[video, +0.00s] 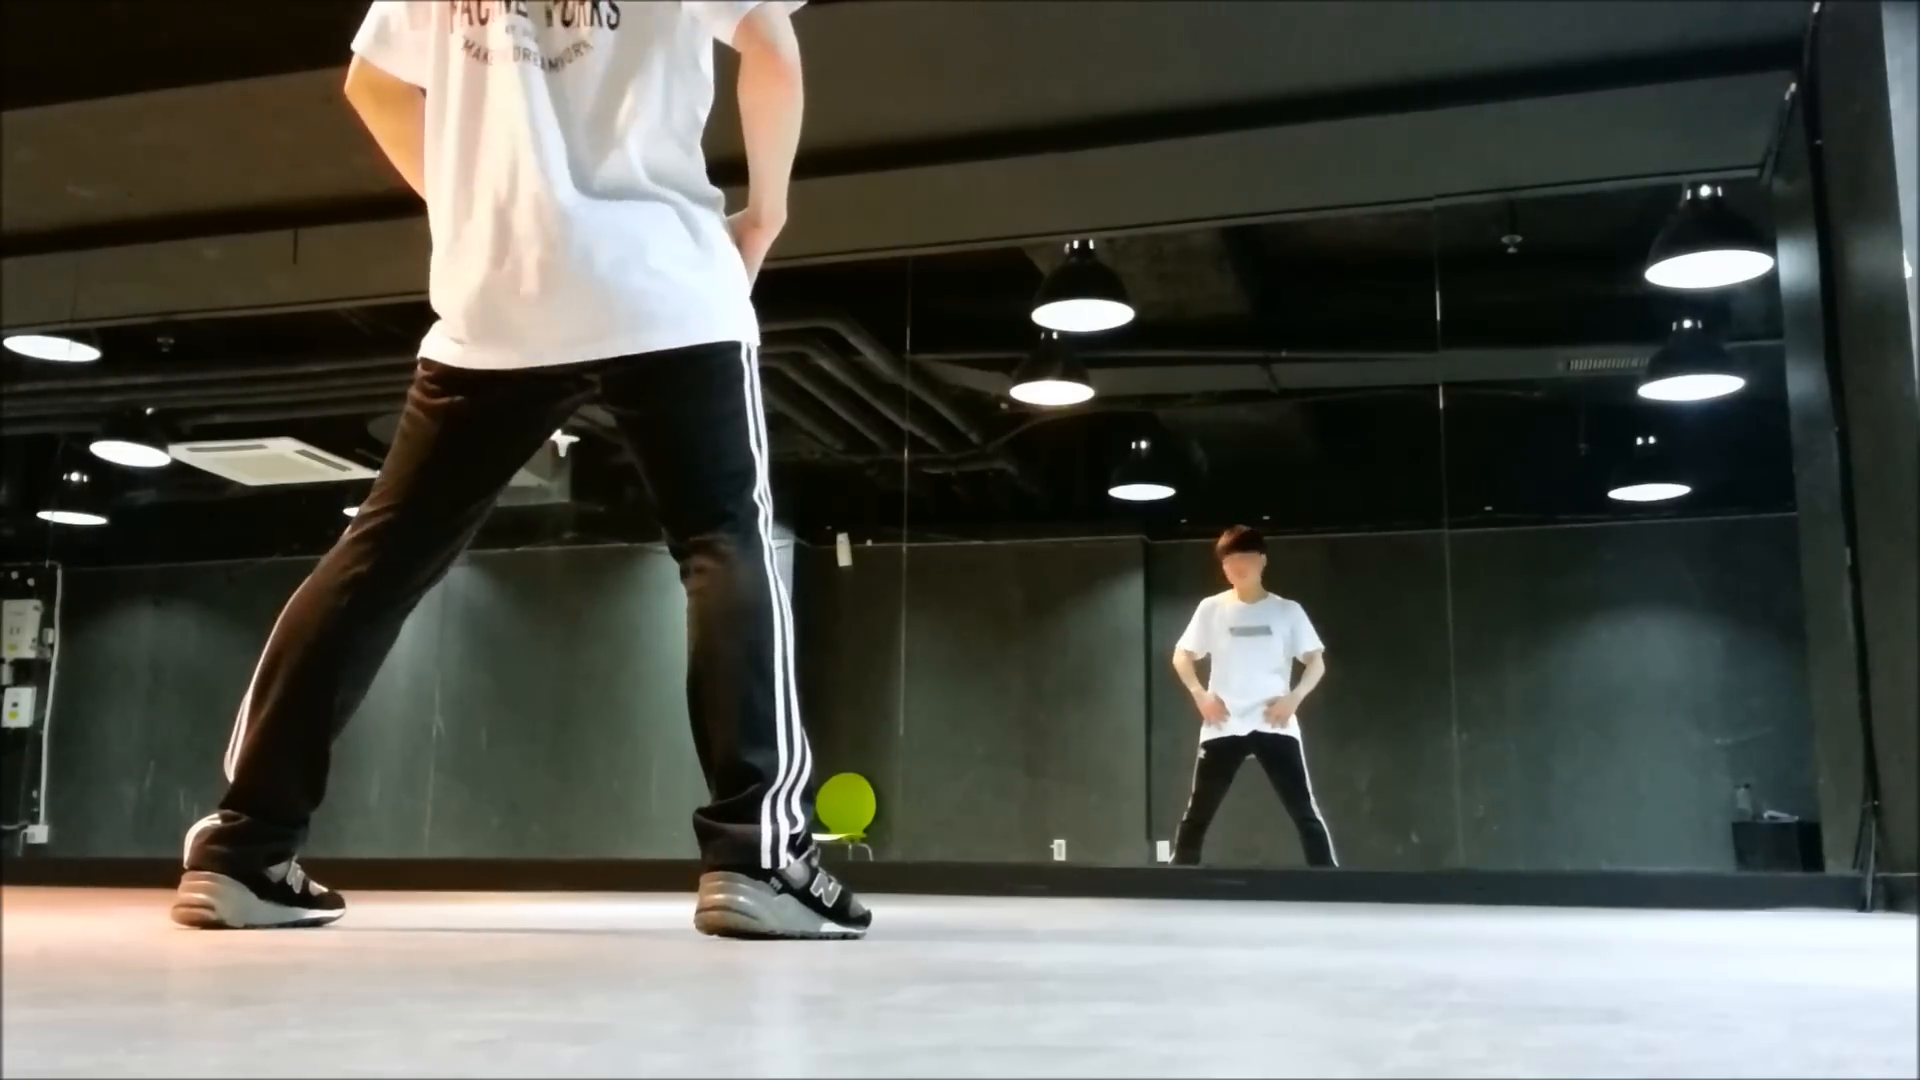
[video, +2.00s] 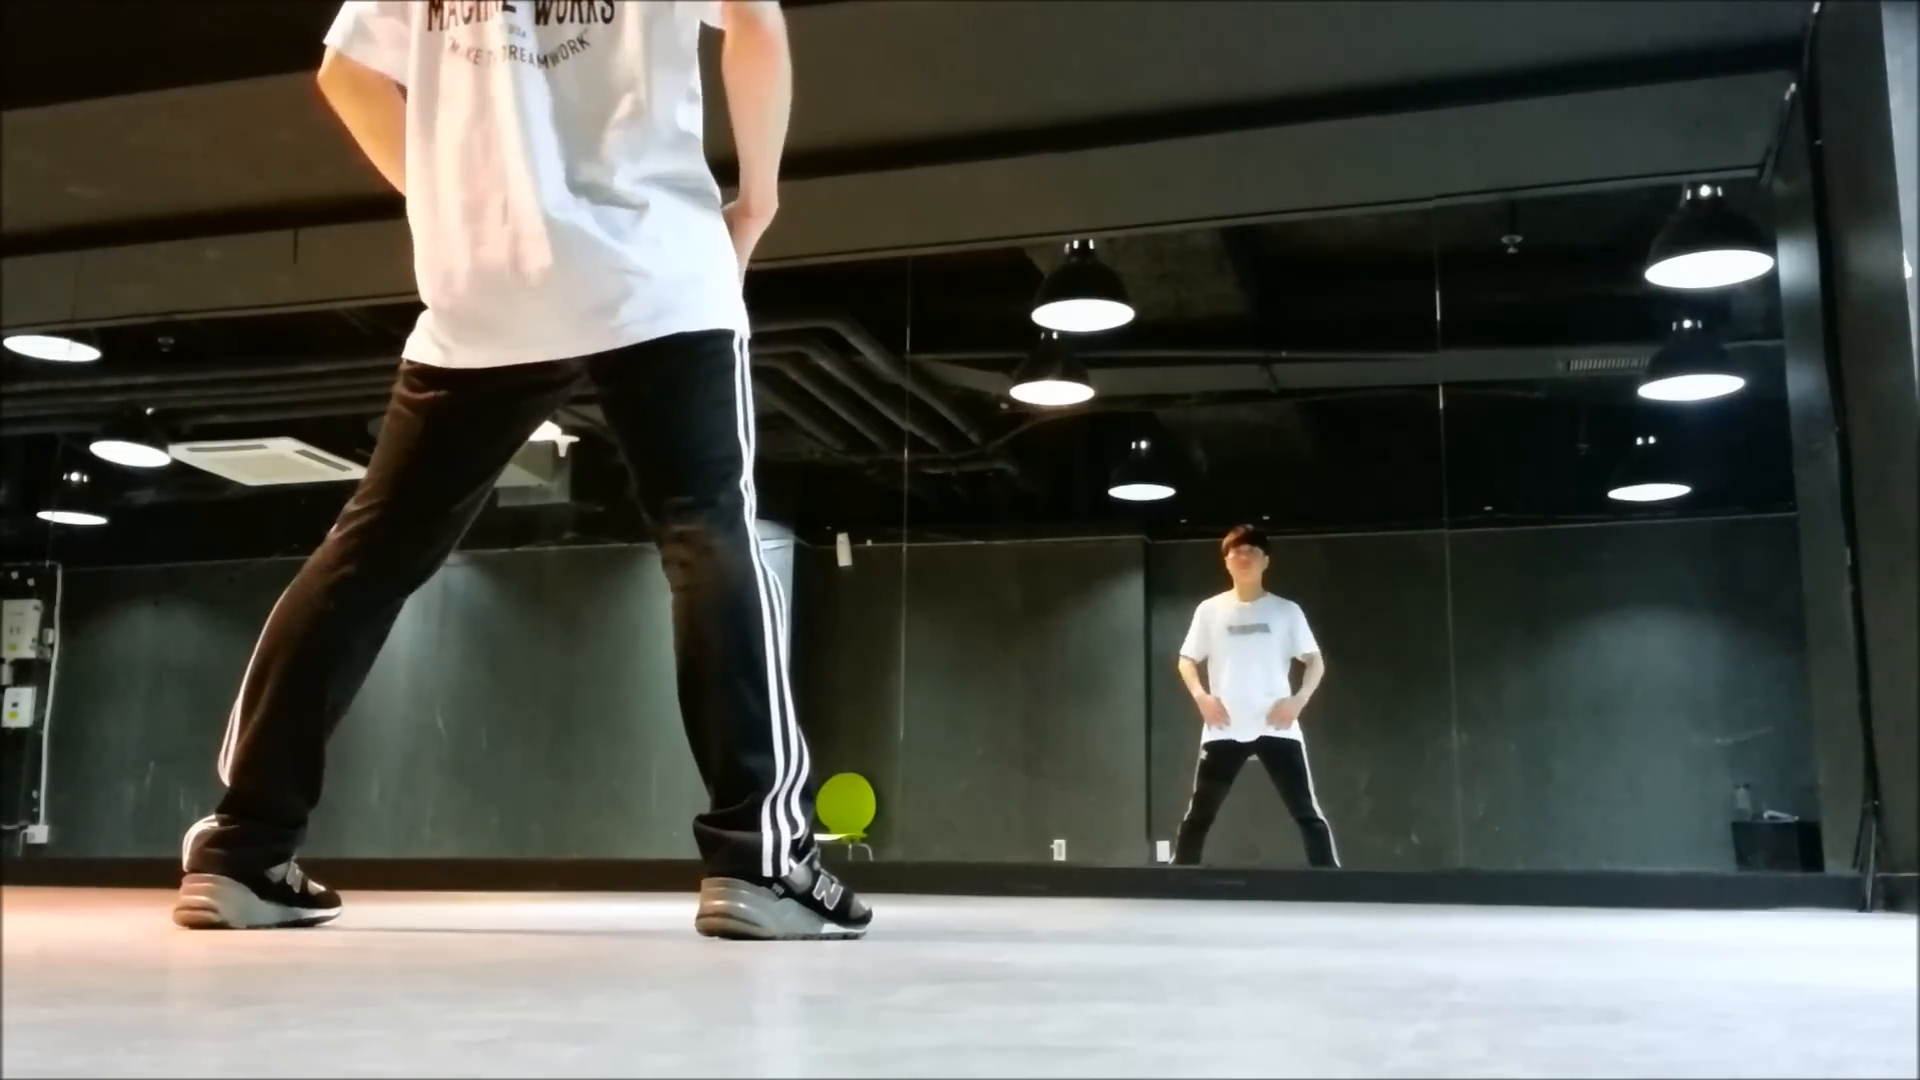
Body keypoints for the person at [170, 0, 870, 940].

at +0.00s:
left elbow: (376, 81)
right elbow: (771, 48)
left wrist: (476, 207)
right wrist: (767, 204)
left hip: (495, 275)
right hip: (663, 274)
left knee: (380, 555)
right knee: (726, 545)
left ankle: (240, 844)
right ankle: (758, 851)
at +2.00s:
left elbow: (350, 69)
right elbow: (754, 22)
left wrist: (458, 198)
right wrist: (758, 190)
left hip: (482, 254)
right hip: (655, 251)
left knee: (370, 551)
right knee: (710, 539)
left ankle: (238, 848)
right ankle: (760, 856)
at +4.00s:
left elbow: (306, 92)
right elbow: (766, 11)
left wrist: (431, 216)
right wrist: (746, 174)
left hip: (485, 280)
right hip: (654, 267)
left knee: (386, 549)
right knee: (761, 515)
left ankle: (307, 840)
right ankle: (706, 843)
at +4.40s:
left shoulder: (401, 3)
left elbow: (301, 63)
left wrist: (391, 220)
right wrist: (754, 164)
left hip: (458, 258)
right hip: (635, 243)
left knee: (385, 566)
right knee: (748, 544)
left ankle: (168, 824)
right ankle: (774, 847)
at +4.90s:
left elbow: (306, 68)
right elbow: (764, 35)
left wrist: (409, 218)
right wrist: (743, 185)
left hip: (464, 290)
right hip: (632, 291)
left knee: (383, 565)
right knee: (741, 548)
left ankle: (275, 833)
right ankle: (706, 825)